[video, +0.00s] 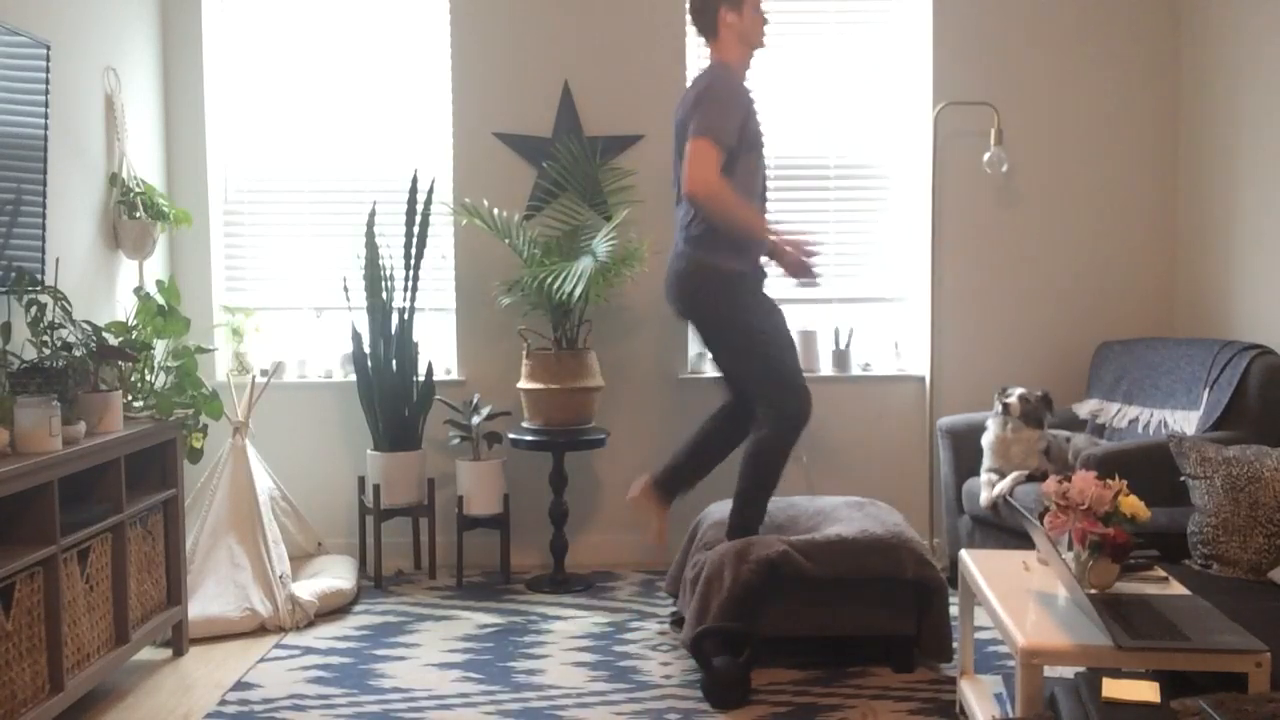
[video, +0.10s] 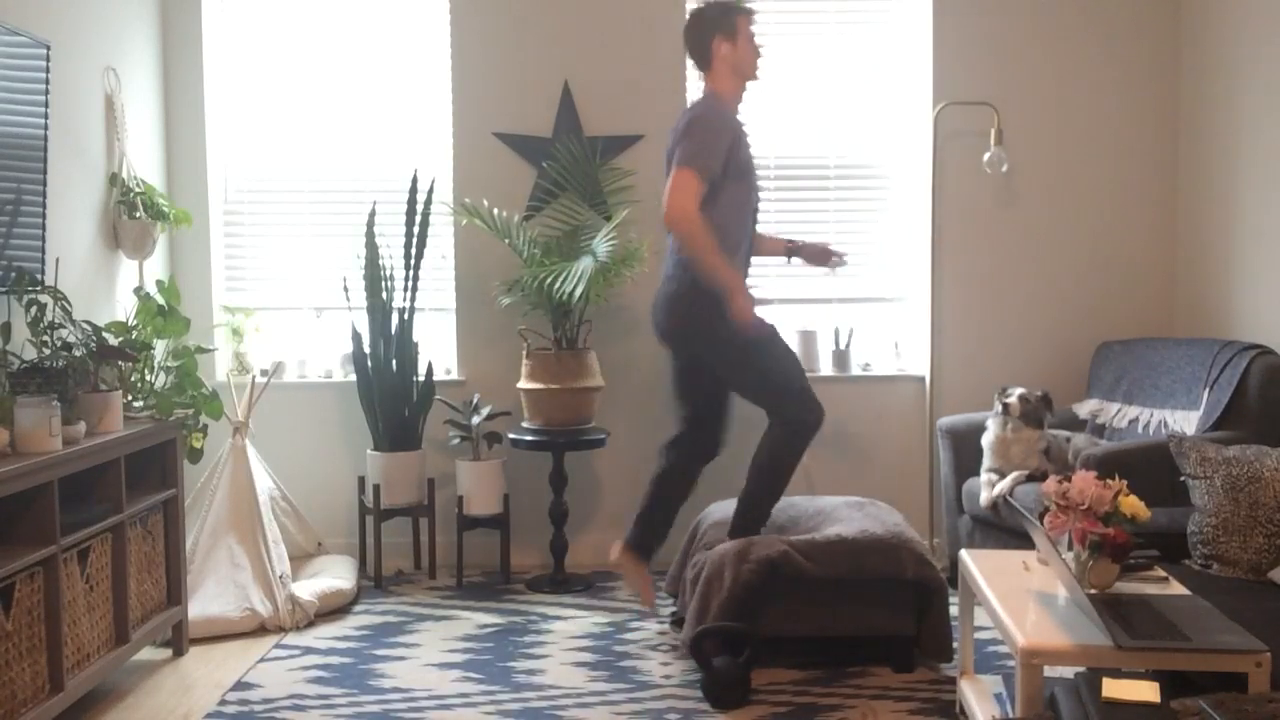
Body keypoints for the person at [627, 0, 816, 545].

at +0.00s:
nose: (765, 22)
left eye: (762, 12)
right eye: (755, 11)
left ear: (725, 24)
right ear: (727, 20)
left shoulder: (714, 88)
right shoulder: (722, 89)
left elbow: (709, 191)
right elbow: (700, 183)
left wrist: (772, 244)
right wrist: (773, 243)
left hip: (709, 273)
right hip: (720, 276)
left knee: (752, 401)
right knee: (787, 406)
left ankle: (659, 490)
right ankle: (740, 545)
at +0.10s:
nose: (758, 49)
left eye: (754, 38)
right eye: (750, 38)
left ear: (719, 51)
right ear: (722, 49)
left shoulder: (721, 123)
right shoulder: (710, 119)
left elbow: (729, 231)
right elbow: (679, 210)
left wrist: (796, 249)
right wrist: (732, 286)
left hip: (695, 302)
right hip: (703, 302)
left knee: (702, 433)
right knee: (799, 412)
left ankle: (635, 550)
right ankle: (741, 545)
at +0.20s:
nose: (747, 86)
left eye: (743, 75)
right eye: (738, 76)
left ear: (708, 87)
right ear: (709, 85)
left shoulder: (710, 158)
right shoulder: (696, 155)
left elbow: (722, 262)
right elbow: (656, 245)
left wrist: (792, 239)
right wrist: (684, 336)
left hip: (685, 331)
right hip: (696, 332)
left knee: (665, 467)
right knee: (805, 416)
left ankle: (617, 590)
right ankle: (742, 547)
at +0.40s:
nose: (712, 113)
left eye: (710, 102)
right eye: (704, 103)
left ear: (678, 111)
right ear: (674, 110)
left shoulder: (677, 184)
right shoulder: (656, 178)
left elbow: (711, 276)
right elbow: (608, 262)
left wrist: (732, 211)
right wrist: (601, 360)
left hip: (659, 358)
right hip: (660, 357)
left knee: (644, 489)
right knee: (796, 385)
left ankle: (596, 618)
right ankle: (746, 514)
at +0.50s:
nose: (698, 108)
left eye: (696, 97)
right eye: (689, 98)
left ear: (667, 107)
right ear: (659, 106)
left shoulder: (669, 176)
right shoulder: (643, 170)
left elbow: (705, 267)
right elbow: (589, 256)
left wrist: (709, 194)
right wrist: (586, 352)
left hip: (646, 350)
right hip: (650, 349)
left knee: (627, 489)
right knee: (786, 368)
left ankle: (594, 620)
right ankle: (702, 472)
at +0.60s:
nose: (688, 104)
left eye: (686, 95)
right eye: (679, 95)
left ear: (657, 106)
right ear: (648, 105)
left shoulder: (661, 175)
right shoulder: (634, 169)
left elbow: (699, 262)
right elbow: (582, 256)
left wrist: (698, 190)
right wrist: (579, 350)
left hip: (641, 347)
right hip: (640, 346)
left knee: (623, 486)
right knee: (762, 403)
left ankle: (594, 620)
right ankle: (653, 468)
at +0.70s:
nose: (680, 102)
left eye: (678, 94)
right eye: (671, 93)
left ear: (645, 105)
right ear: (641, 103)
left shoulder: (649, 178)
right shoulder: (625, 173)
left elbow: (674, 276)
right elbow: (585, 267)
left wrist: (699, 205)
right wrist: (592, 362)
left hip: (634, 350)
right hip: (633, 351)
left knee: (617, 485)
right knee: (724, 456)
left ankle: (594, 621)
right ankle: (623, 539)